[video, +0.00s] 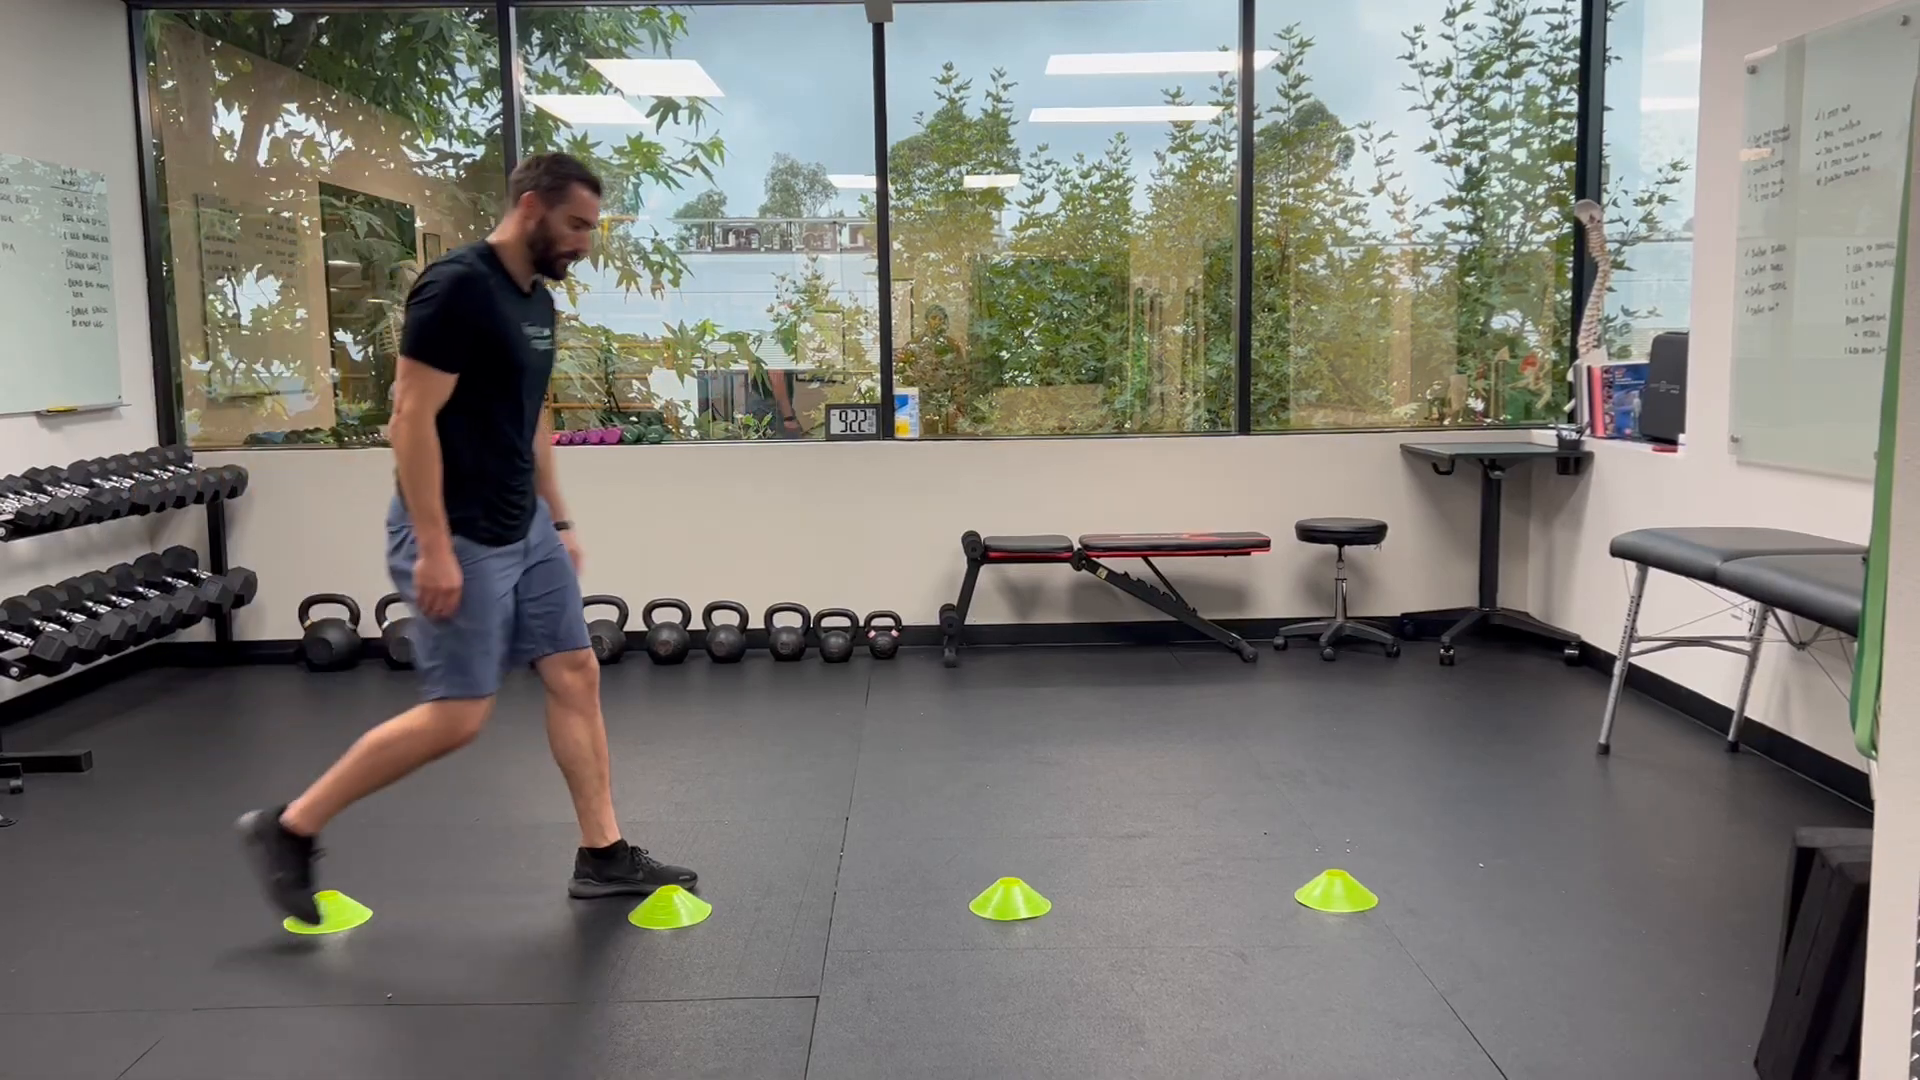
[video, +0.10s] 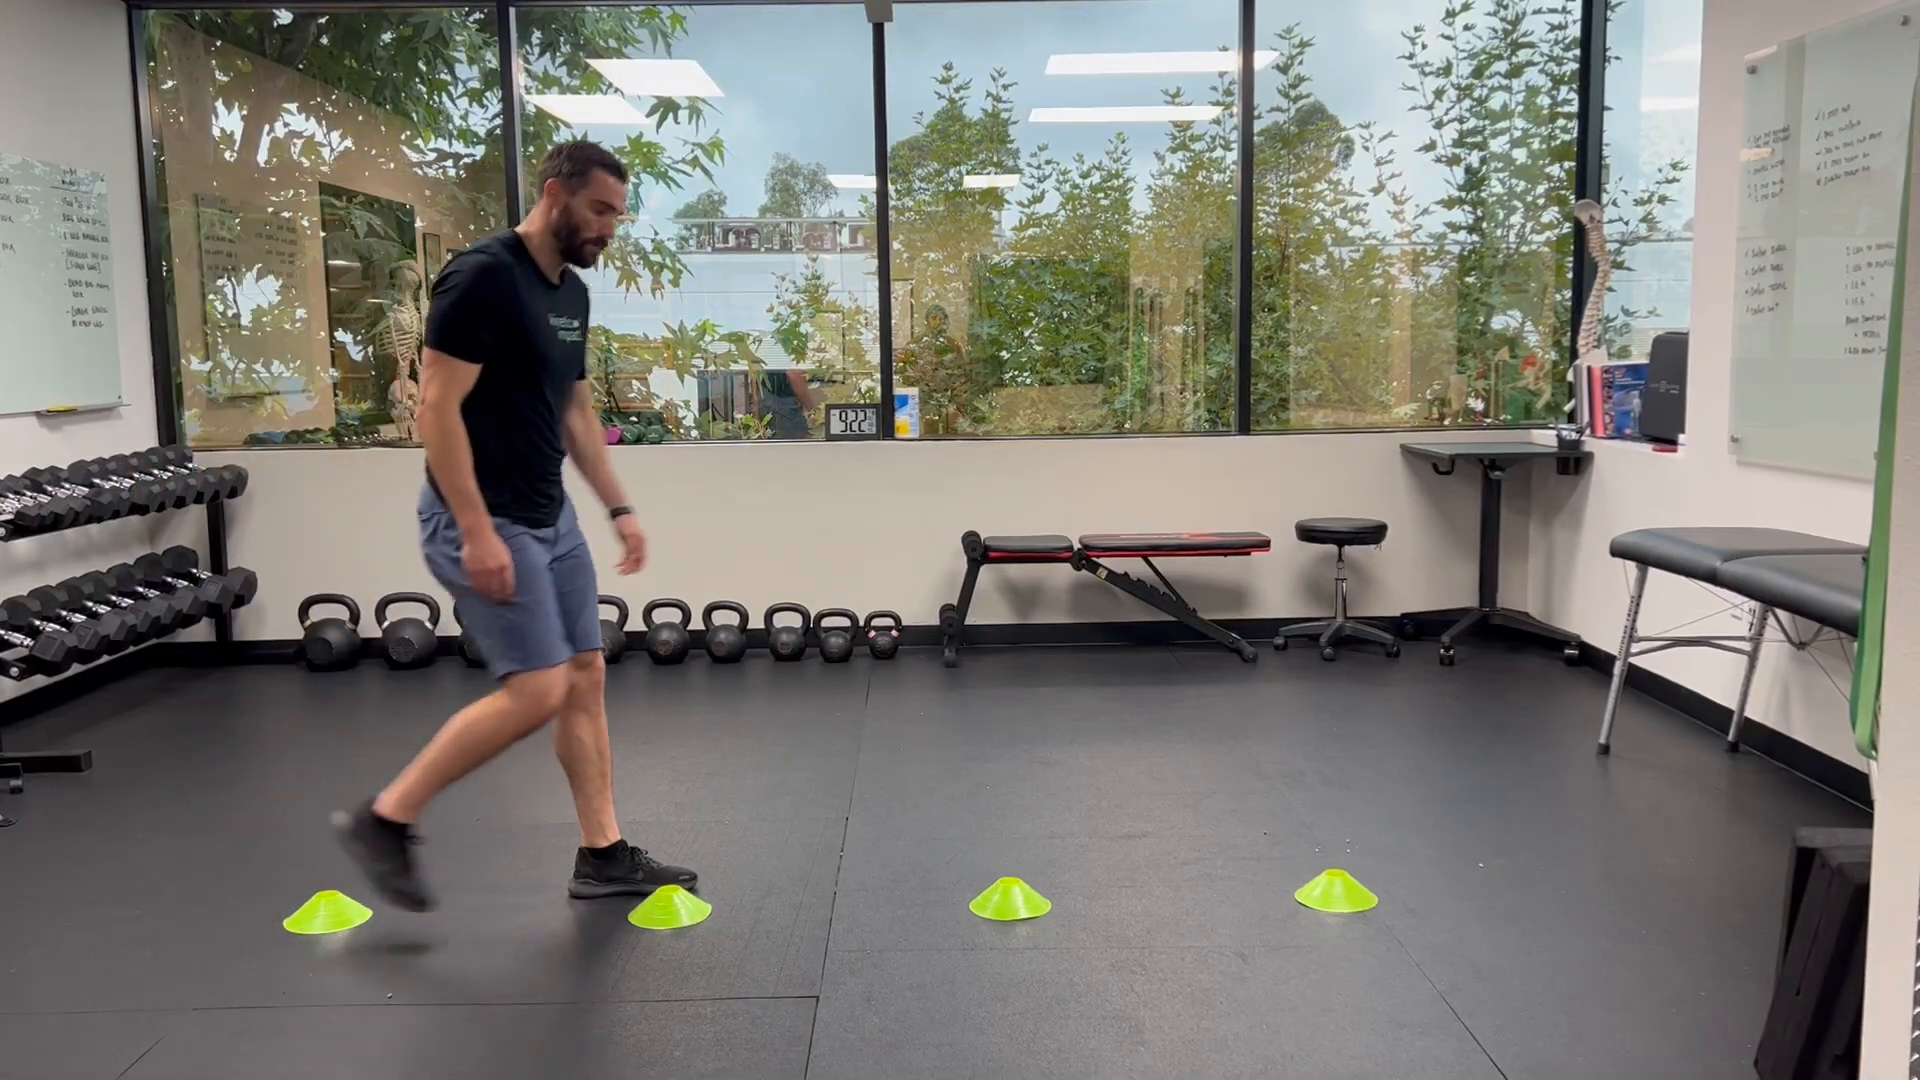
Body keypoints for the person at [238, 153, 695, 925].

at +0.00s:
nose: (585, 243)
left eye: (591, 229)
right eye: (578, 225)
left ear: (557, 218)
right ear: (530, 206)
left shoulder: (537, 299)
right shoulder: (456, 287)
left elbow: (531, 420)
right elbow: (410, 418)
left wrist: (557, 519)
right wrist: (434, 547)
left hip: (526, 534)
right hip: (457, 543)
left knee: (574, 672)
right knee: (457, 714)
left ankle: (603, 851)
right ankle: (289, 829)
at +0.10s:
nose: (610, 230)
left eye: (618, 216)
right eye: (601, 211)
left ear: (594, 210)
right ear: (554, 195)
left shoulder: (571, 290)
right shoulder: (480, 279)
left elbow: (571, 407)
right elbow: (435, 412)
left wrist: (618, 505)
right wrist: (476, 531)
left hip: (549, 516)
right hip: (485, 522)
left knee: (584, 675)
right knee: (538, 686)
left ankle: (603, 852)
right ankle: (385, 819)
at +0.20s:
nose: (614, 209)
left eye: (624, 198)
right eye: (603, 190)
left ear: (626, 205)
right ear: (559, 182)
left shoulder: (592, 286)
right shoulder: (497, 274)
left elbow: (611, 403)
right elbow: (461, 409)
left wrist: (673, 484)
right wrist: (509, 522)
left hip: (571, 510)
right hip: (504, 515)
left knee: (597, 674)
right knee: (584, 675)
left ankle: (603, 851)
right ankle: (497, 855)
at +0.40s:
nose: (605, 188)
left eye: (619, 177)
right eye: (592, 170)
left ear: (627, 190)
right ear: (554, 174)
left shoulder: (608, 277)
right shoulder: (519, 267)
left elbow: (642, 391)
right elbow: (502, 406)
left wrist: (708, 367)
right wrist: (548, 527)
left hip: (621, 511)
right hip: (568, 517)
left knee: (628, 677)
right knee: (597, 688)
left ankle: (607, 855)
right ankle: (584, 894)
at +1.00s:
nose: (675, 199)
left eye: (683, 186)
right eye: (663, 182)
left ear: (682, 188)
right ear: (615, 174)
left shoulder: (662, 276)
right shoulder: (573, 281)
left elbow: (697, 386)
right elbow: (564, 425)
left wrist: (778, 430)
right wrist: (605, 549)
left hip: (683, 522)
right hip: (623, 526)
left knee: (687, 680)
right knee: (629, 694)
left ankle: (616, 845)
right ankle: (585, 892)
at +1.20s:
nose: (738, 237)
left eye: (744, 224)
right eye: (733, 220)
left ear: (705, 202)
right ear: (686, 194)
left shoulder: (689, 273)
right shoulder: (610, 282)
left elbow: (685, 407)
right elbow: (591, 433)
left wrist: (715, 508)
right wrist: (627, 561)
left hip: (717, 519)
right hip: (656, 532)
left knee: (778, 657)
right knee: (644, 705)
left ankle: (714, 819)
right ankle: (587, 893)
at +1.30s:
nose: (772, 239)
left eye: (778, 226)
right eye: (769, 222)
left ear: (738, 204)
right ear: (724, 196)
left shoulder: (714, 272)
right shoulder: (650, 281)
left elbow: (703, 410)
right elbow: (619, 428)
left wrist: (737, 512)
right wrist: (646, 560)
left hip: (738, 520)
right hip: (675, 533)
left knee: (797, 661)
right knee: (653, 706)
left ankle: (817, 831)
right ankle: (587, 892)